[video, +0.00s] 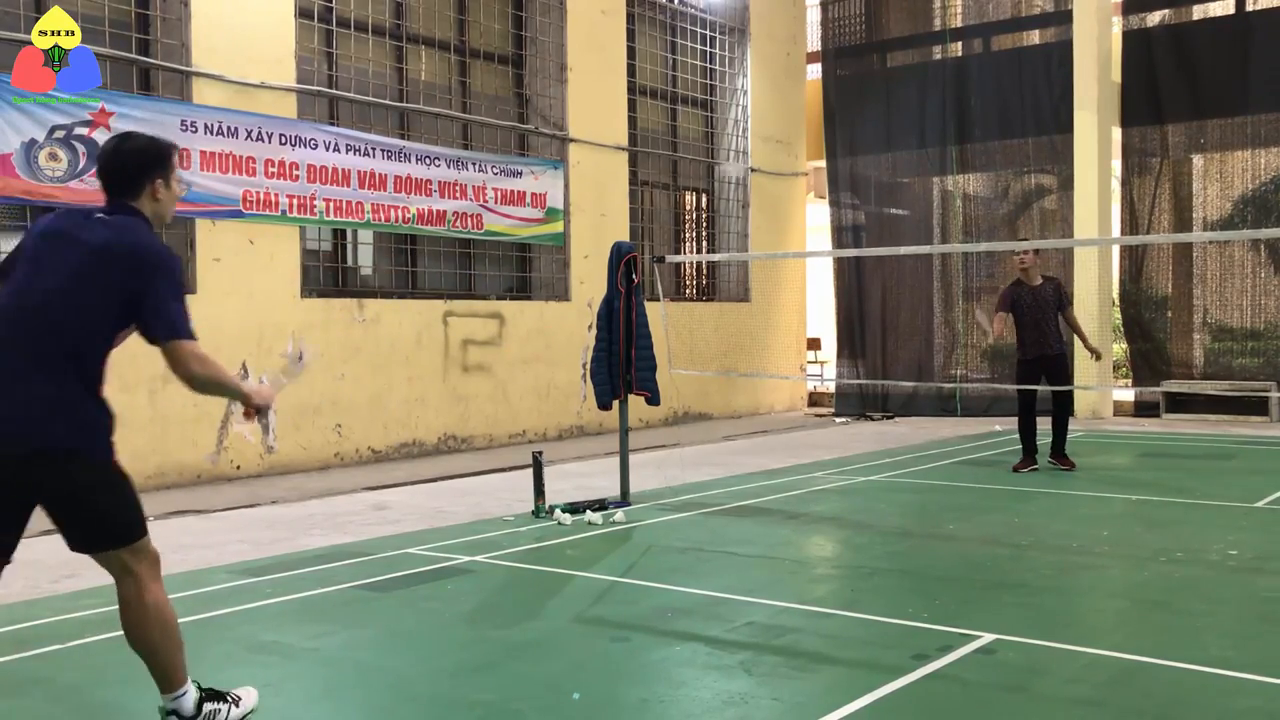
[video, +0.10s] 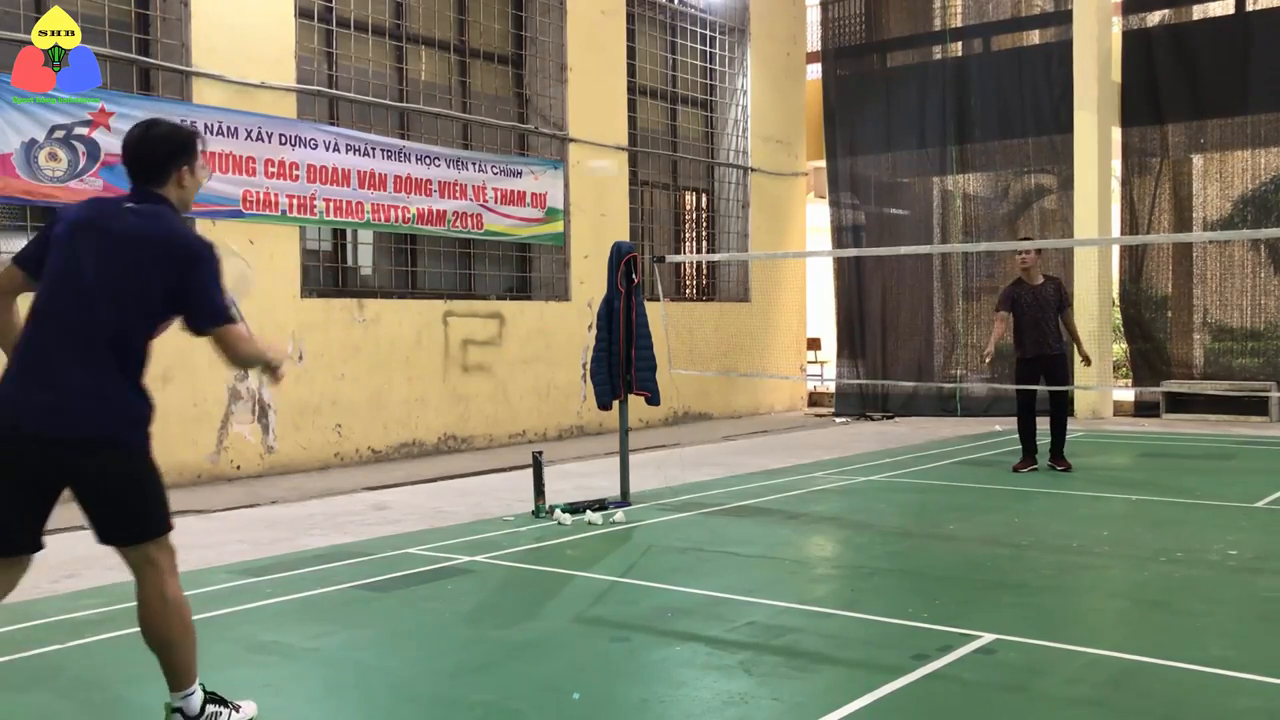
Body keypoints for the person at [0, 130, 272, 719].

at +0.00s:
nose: (178, 193)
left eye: (176, 181)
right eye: (174, 182)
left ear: (111, 184)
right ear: (154, 187)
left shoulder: (52, 224)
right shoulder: (148, 254)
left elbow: (7, 290)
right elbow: (191, 365)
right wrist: (244, 391)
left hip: (6, 423)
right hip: (63, 431)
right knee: (136, 567)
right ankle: (182, 702)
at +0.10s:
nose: (203, 177)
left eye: (200, 165)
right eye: (199, 166)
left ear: (133, 172)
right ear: (180, 173)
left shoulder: (74, 219)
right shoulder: (186, 247)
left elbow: (3, 288)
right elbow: (234, 346)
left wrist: (26, 362)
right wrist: (271, 358)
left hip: (22, 416)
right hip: (106, 425)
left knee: (7, 563)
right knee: (154, 565)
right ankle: (188, 702)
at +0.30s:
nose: (227, 152)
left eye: (223, 142)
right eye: (225, 144)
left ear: (158, 151)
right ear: (217, 152)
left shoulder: (107, 203)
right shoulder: (245, 232)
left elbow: (8, 253)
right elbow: (353, 252)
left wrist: (9, 315)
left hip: (51, 404)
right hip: (136, 421)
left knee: (32, 543)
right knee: (183, 550)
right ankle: (192, 699)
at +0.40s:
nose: (237, 150)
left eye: (232, 141)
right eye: (235, 142)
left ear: (167, 146)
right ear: (226, 149)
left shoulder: (116, 195)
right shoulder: (248, 218)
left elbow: (13, 243)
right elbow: (358, 226)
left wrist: (9, 287)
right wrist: (451, 232)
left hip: (54, 393)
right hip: (136, 406)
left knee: (16, 533)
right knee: (181, 546)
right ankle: (193, 696)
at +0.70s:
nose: (211, 167)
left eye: (207, 156)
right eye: (205, 157)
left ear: (148, 167)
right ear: (184, 165)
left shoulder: (98, 216)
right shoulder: (179, 239)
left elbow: (46, 274)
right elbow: (248, 328)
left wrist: (100, 301)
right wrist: (344, 362)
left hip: (40, 410)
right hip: (111, 424)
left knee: (14, 548)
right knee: (181, 549)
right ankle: (190, 700)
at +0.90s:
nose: (179, 200)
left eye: (177, 188)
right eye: (174, 188)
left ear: (115, 194)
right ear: (153, 194)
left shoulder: (66, 240)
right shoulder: (138, 260)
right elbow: (174, 366)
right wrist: (251, 405)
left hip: (11, 429)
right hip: (71, 437)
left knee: (7, 568)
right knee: (164, 552)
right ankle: (187, 700)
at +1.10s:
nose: (161, 177)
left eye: (159, 165)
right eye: (157, 166)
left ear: (99, 174)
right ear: (139, 171)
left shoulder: (44, 225)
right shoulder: (137, 243)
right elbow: (166, 348)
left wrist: (27, 341)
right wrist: (231, 395)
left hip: (13, 415)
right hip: (87, 421)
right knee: (158, 542)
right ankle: (182, 688)